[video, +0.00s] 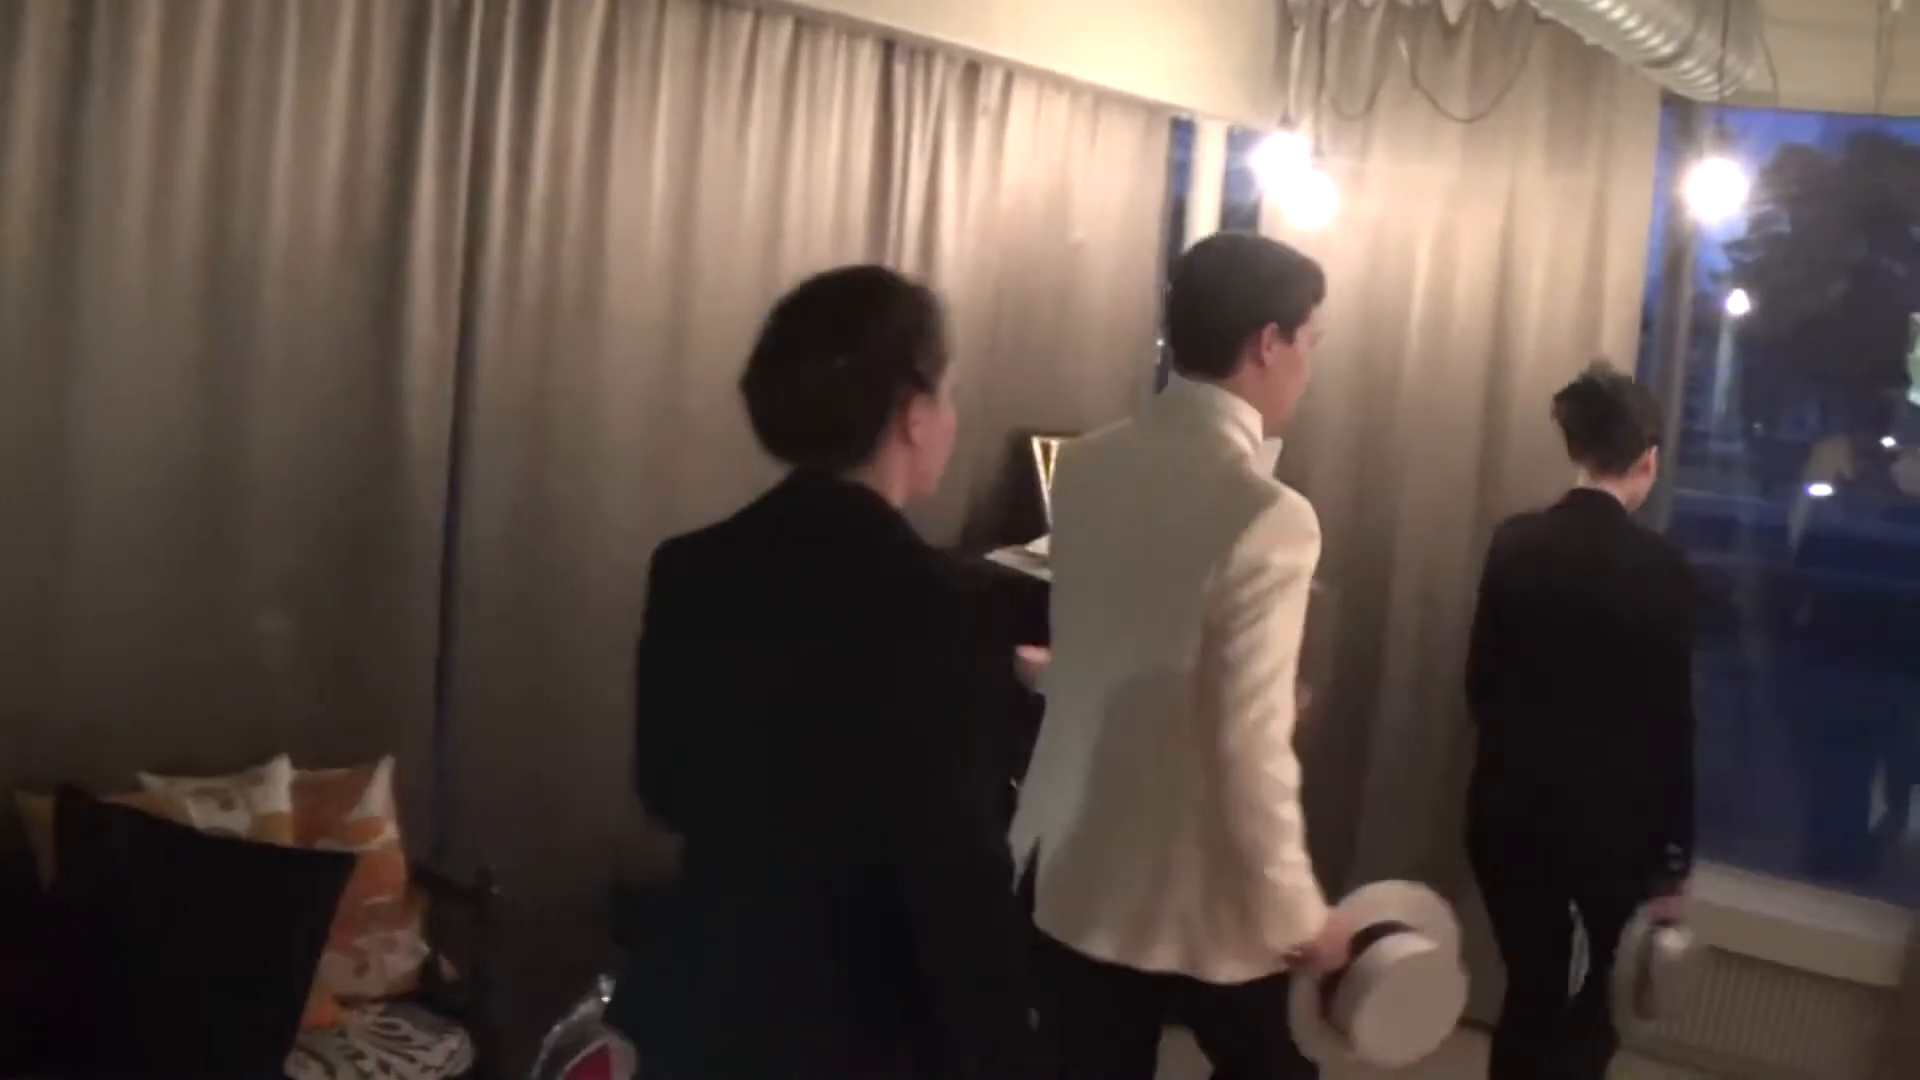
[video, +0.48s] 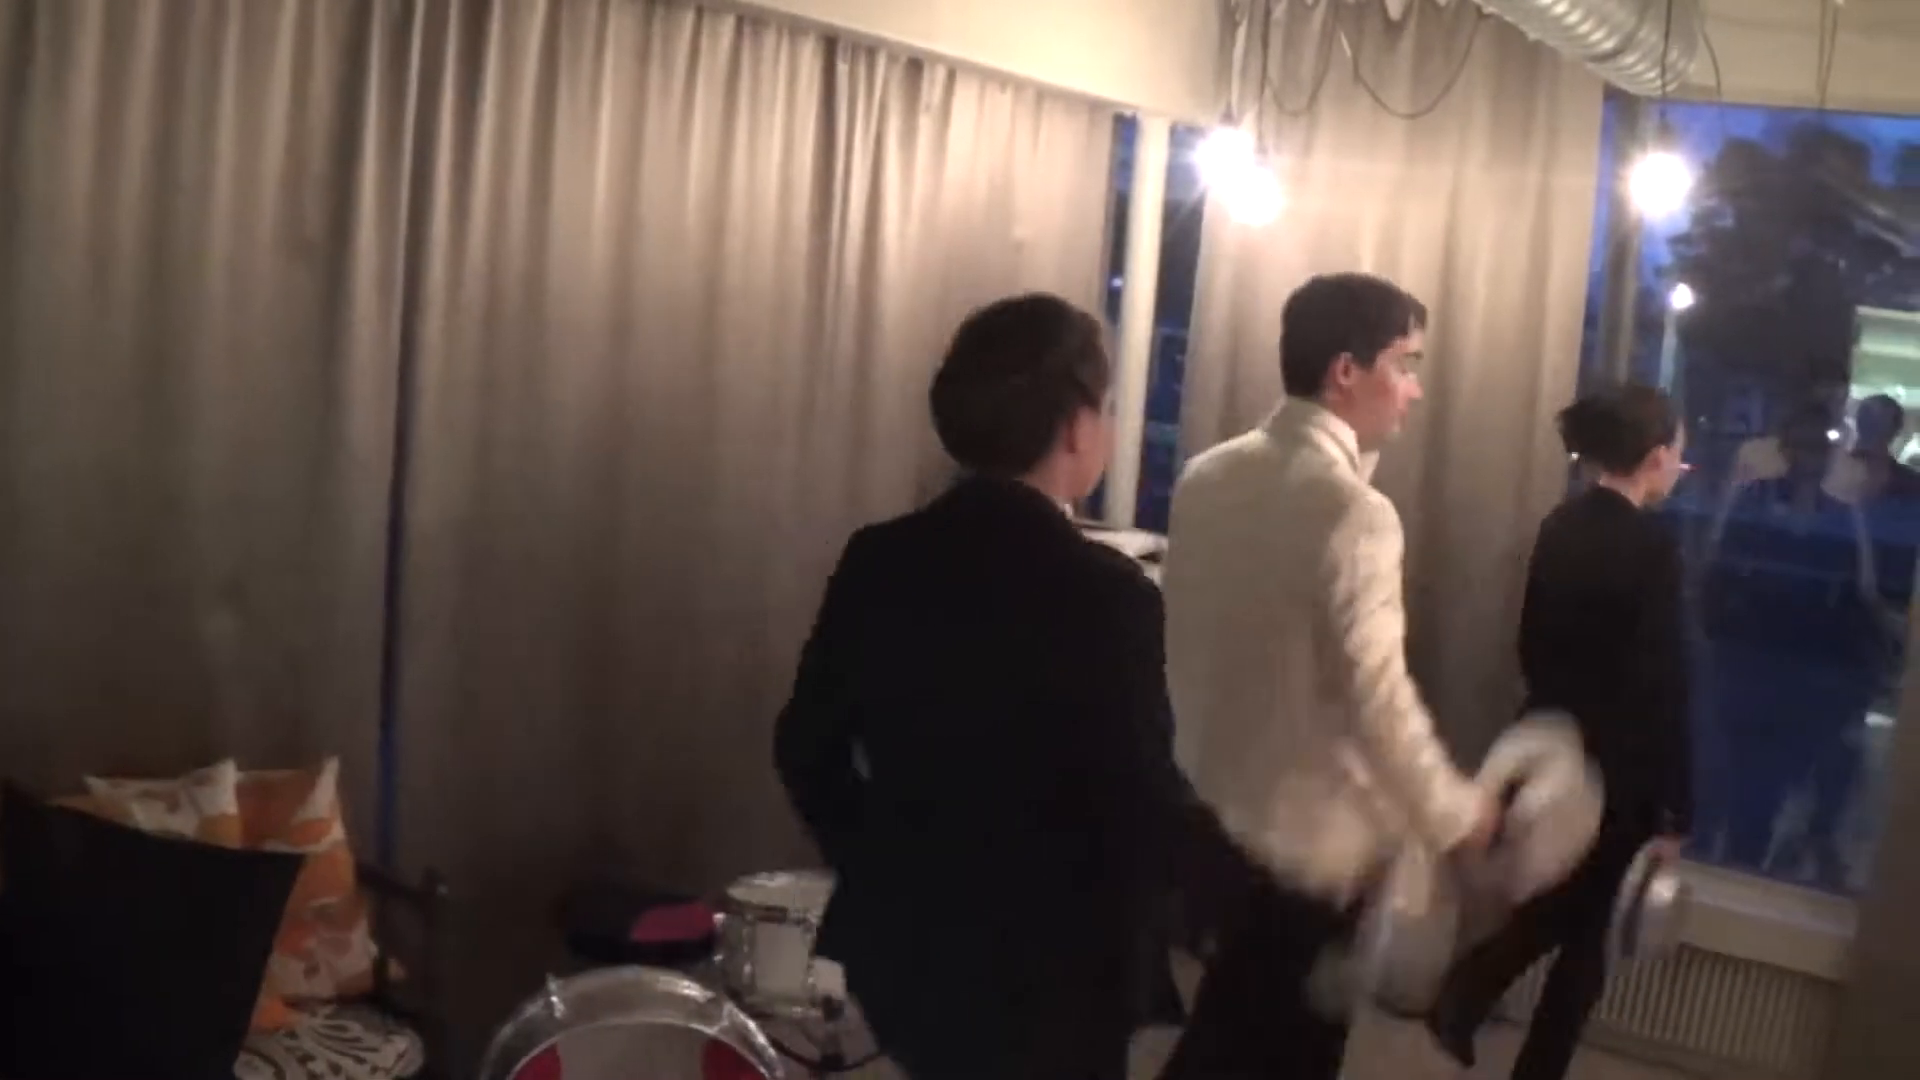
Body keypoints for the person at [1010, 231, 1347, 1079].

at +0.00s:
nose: (1308, 367)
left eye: (1312, 342)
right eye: (1308, 341)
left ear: (1184, 328)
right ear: (1267, 344)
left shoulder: (1082, 470)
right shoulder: (1266, 517)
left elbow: (1076, 659)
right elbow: (1252, 740)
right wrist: (1302, 918)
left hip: (1071, 879)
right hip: (1205, 902)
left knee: (1090, 1067)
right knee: (1267, 1066)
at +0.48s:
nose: (1414, 390)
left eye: (1412, 368)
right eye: (1403, 367)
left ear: (1322, 369)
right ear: (1343, 373)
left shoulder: (1203, 477)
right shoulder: (1354, 513)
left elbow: (1186, 642)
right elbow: (1375, 689)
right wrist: (1455, 812)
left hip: (1209, 805)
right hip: (1310, 834)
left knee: (1238, 1031)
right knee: (1280, 1043)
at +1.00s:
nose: (1379, 352)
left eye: (1381, 330)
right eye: (1359, 329)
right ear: (1291, 334)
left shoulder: (1325, 443)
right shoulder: (1231, 461)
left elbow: (1360, 584)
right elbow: (1181, 648)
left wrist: (1460, 667)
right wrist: (1271, 784)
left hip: (1287, 780)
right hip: (1222, 788)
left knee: (1253, 978)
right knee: (1254, 981)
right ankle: (1165, 1076)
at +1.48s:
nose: (1223, 246)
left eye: (1226, 224)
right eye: (1203, 222)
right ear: (1129, 226)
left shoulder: (1172, 358)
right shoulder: (1047, 361)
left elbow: (1191, 530)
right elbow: (990, 543)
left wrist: (1291, 607)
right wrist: (1073, 631)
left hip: (1137, 706)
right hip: (1035, 717)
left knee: (1240, 865)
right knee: (1035, 945)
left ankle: (1092, 1067)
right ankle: (972, 1079)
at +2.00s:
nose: (1208, 212)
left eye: (1211, 190)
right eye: (1190, 186)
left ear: (1134, 192)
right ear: (1116, 185)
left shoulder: (1128, 322)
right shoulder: (1037, 308)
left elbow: (1137, 511)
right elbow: (970, 483)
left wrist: (1264, 565)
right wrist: (1064, 579)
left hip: (1100, 672)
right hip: (1019, 683)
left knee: (1221, 827)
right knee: (1013, 943)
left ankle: (1071, 1056)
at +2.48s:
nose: (1231, 200)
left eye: (1236, 178)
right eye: (1214, 175)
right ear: (1139, 172)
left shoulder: (1179, 291)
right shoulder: (1051, 302)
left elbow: (1199, 451)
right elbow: (991, 481)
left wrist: (1282, 505)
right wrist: (1070, 582)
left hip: (1134, 639)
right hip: (1053, 645)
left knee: (1114, 854)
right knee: (1053, 861)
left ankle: (1039, 1037)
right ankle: (968, 1031)